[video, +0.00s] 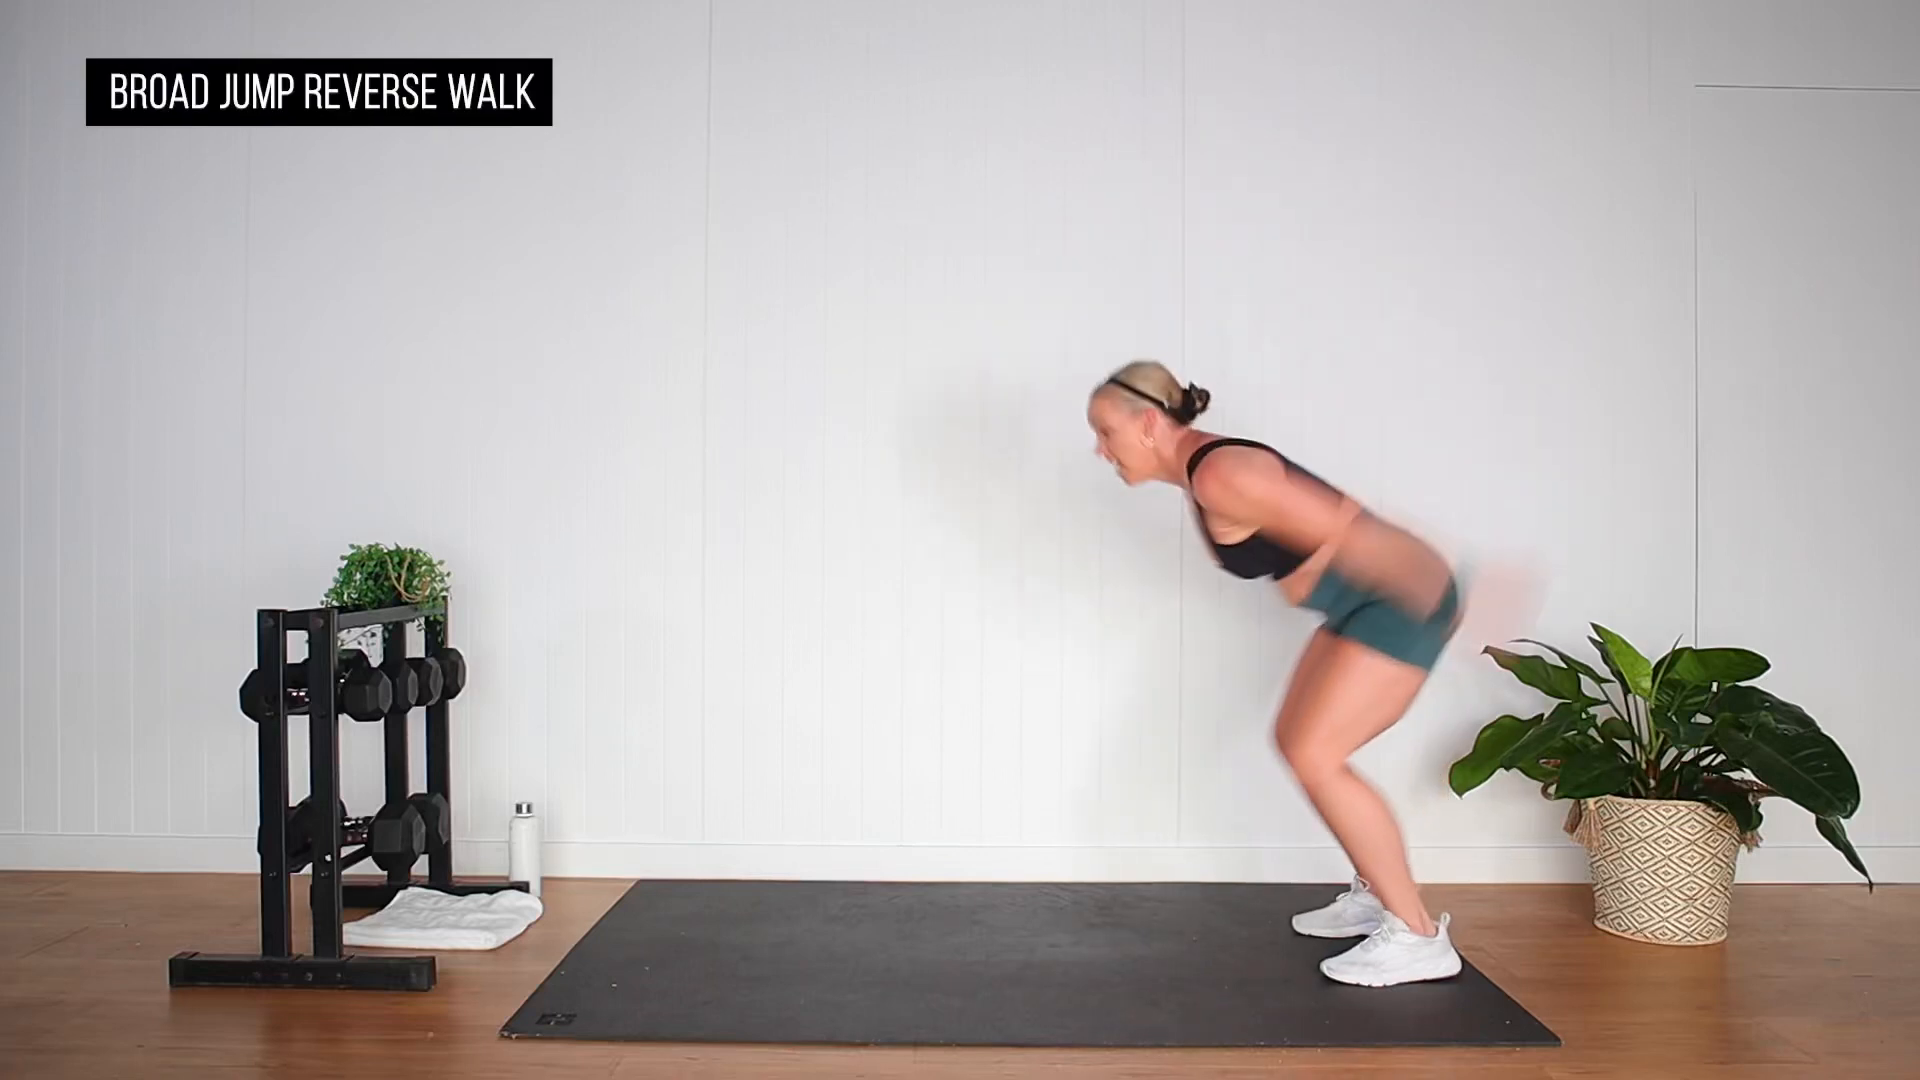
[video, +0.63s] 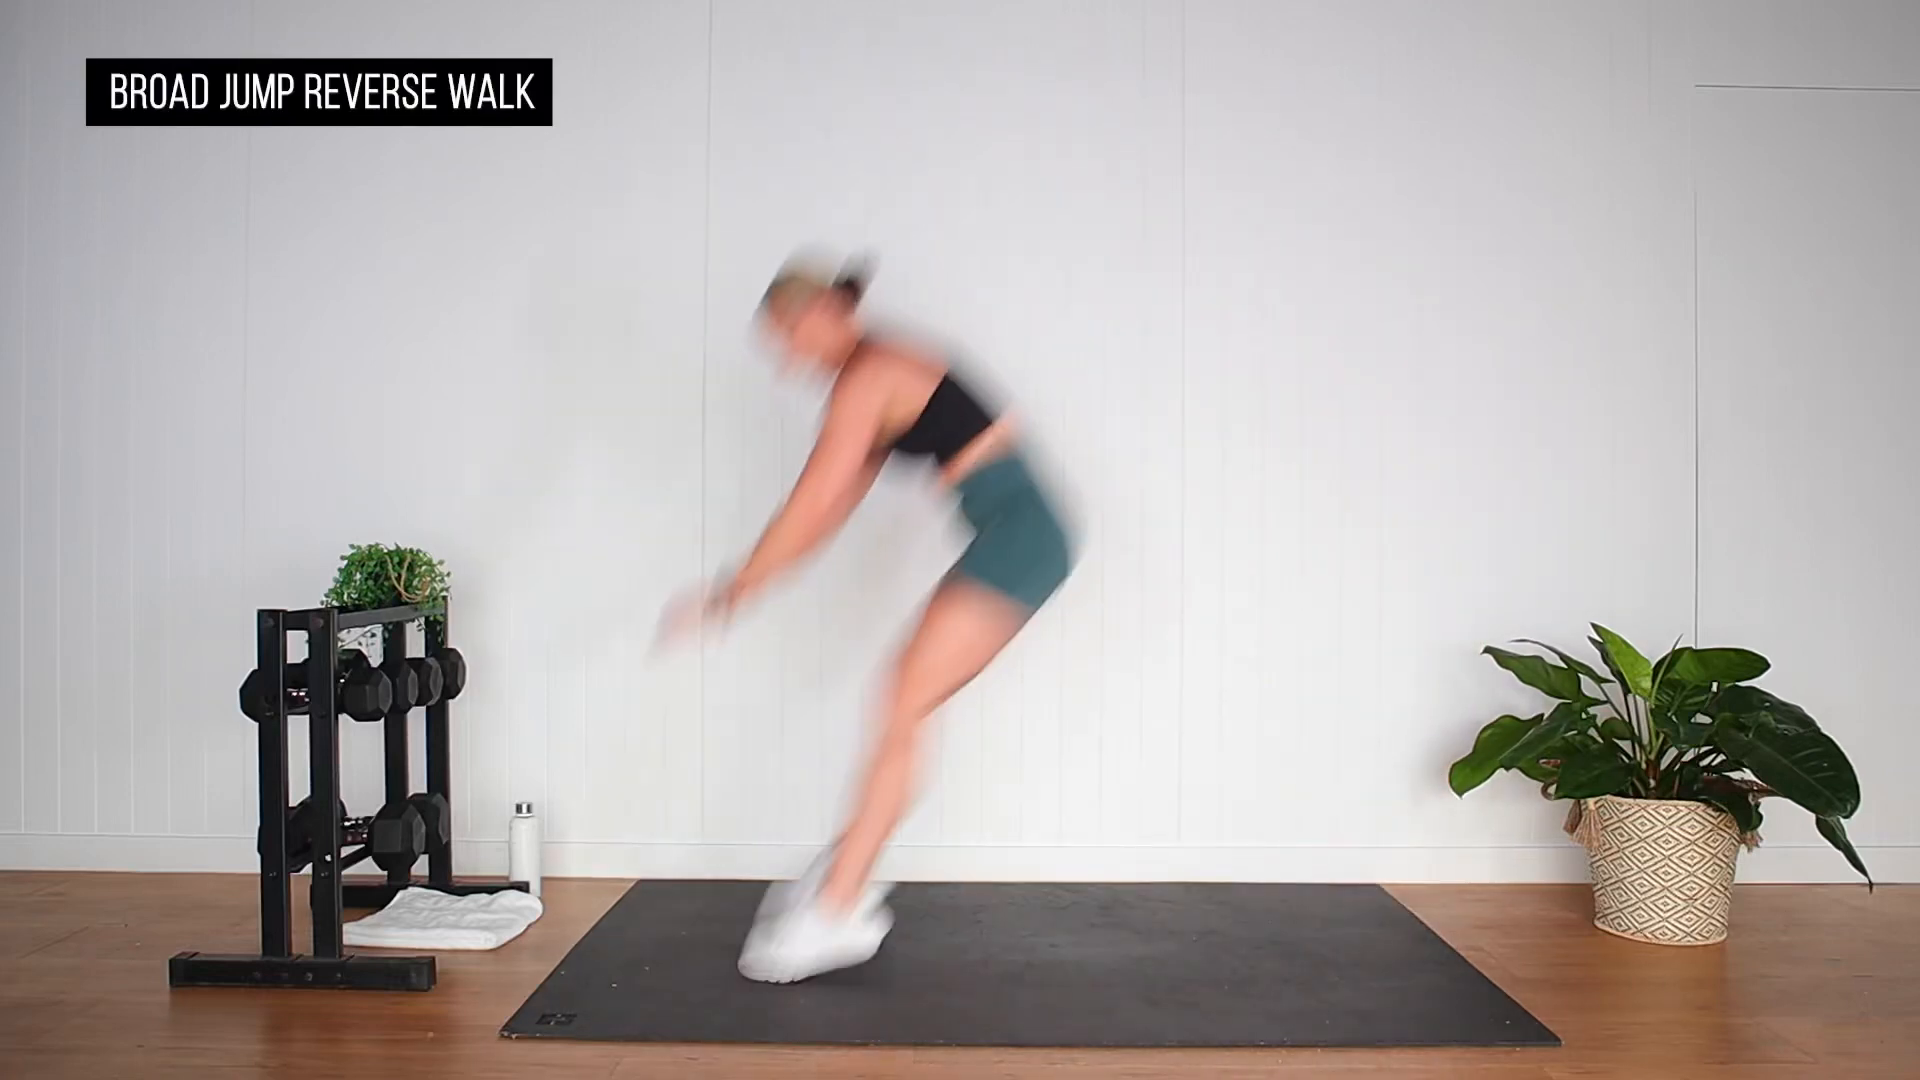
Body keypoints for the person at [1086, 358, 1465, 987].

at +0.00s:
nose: (1099, 450)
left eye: (1104, 433)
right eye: (1096, 435)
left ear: (1152, 425)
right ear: (1153, 426)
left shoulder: (1223, 476)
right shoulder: (1207, 472)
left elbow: (1346, 527)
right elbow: (1335, 522)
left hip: (1403, 600)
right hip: (1369, 596)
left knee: (1316, 753)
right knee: (1298, 739)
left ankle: (1416, 932)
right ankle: (1381, 891)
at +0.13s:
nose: (1105, 402)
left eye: (1110, 383)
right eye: (1101, 386)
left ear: (1156, 374)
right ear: (1152, 377)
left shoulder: (1206, 453)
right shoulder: (1190, 451)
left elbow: (1214, 592)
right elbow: (1202, 578)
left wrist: (1187, 688)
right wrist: (1176, 676)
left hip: (1357, 606)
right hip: (1323, 609)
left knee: (1275, 775)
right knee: (1257, 757)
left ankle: (1410, 923)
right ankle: (1373, 890)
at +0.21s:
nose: (1096, 337)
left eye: (1102, 318)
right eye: (1092, 321)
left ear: (1146, 309)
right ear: (1141, 314)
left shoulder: (1183, 391)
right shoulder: (1170, 387)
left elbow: (1123, 511)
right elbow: (1116, 500)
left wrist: (1026, 551)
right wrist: (1013, 531)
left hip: (1296, 575)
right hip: (1277, 577)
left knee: (1266, 768)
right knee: (1251, 755)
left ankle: (1405, 916)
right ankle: (1373, 887)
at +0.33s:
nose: (1034, 239)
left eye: (1039, 221)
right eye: (1030, 226)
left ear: (1083, 207)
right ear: (1078, 212)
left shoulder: (1117, 281)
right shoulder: (1102, 281)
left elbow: (1026, 376)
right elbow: (1017, 367)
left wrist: (922, 383)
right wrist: (918, 378)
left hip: (1195, 483)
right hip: (1183, 483)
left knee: (1193, 686)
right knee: (1195, 684)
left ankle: (1319, 851)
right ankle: (1305, 836)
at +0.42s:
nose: (974, 211)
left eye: (980, 193)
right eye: (971, 195)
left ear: (1018, 186)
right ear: (1023, 187)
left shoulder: (1057, 247)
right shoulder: (1053, 250)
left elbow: (963, 337)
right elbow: (976, 363)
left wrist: (854, 367)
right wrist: (867, 378)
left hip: (1156, 448)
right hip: (1147, 450)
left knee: (1113, 650)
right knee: (1115, 648)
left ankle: (1227, 820)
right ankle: (1218, 814)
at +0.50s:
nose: (909, 227)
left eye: (914, 208)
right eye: (904, 211)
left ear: (952, 193)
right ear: (953, 198)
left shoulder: (990, 255)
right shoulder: (999, 255)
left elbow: (913, 361)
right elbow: (923, 383)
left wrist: (808, 415)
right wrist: (813, 417)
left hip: (1115, 448)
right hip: (1110, 447)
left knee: (1050, 628)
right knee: (1048, 627)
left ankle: (1085, 840)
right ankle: (1070, 840)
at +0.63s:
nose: (789, 354)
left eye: (791, 333)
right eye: (783, 338)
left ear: (826, 314)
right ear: (833, 316)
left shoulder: (869, 377)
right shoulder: (886, 366)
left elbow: (814, 501)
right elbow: (831, 505)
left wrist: (738, 586)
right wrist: (750, 581)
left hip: (1017, 535)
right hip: (1016, 532)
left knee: (908, 697)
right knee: (906, 692)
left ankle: (841, 905)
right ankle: (843, 880)